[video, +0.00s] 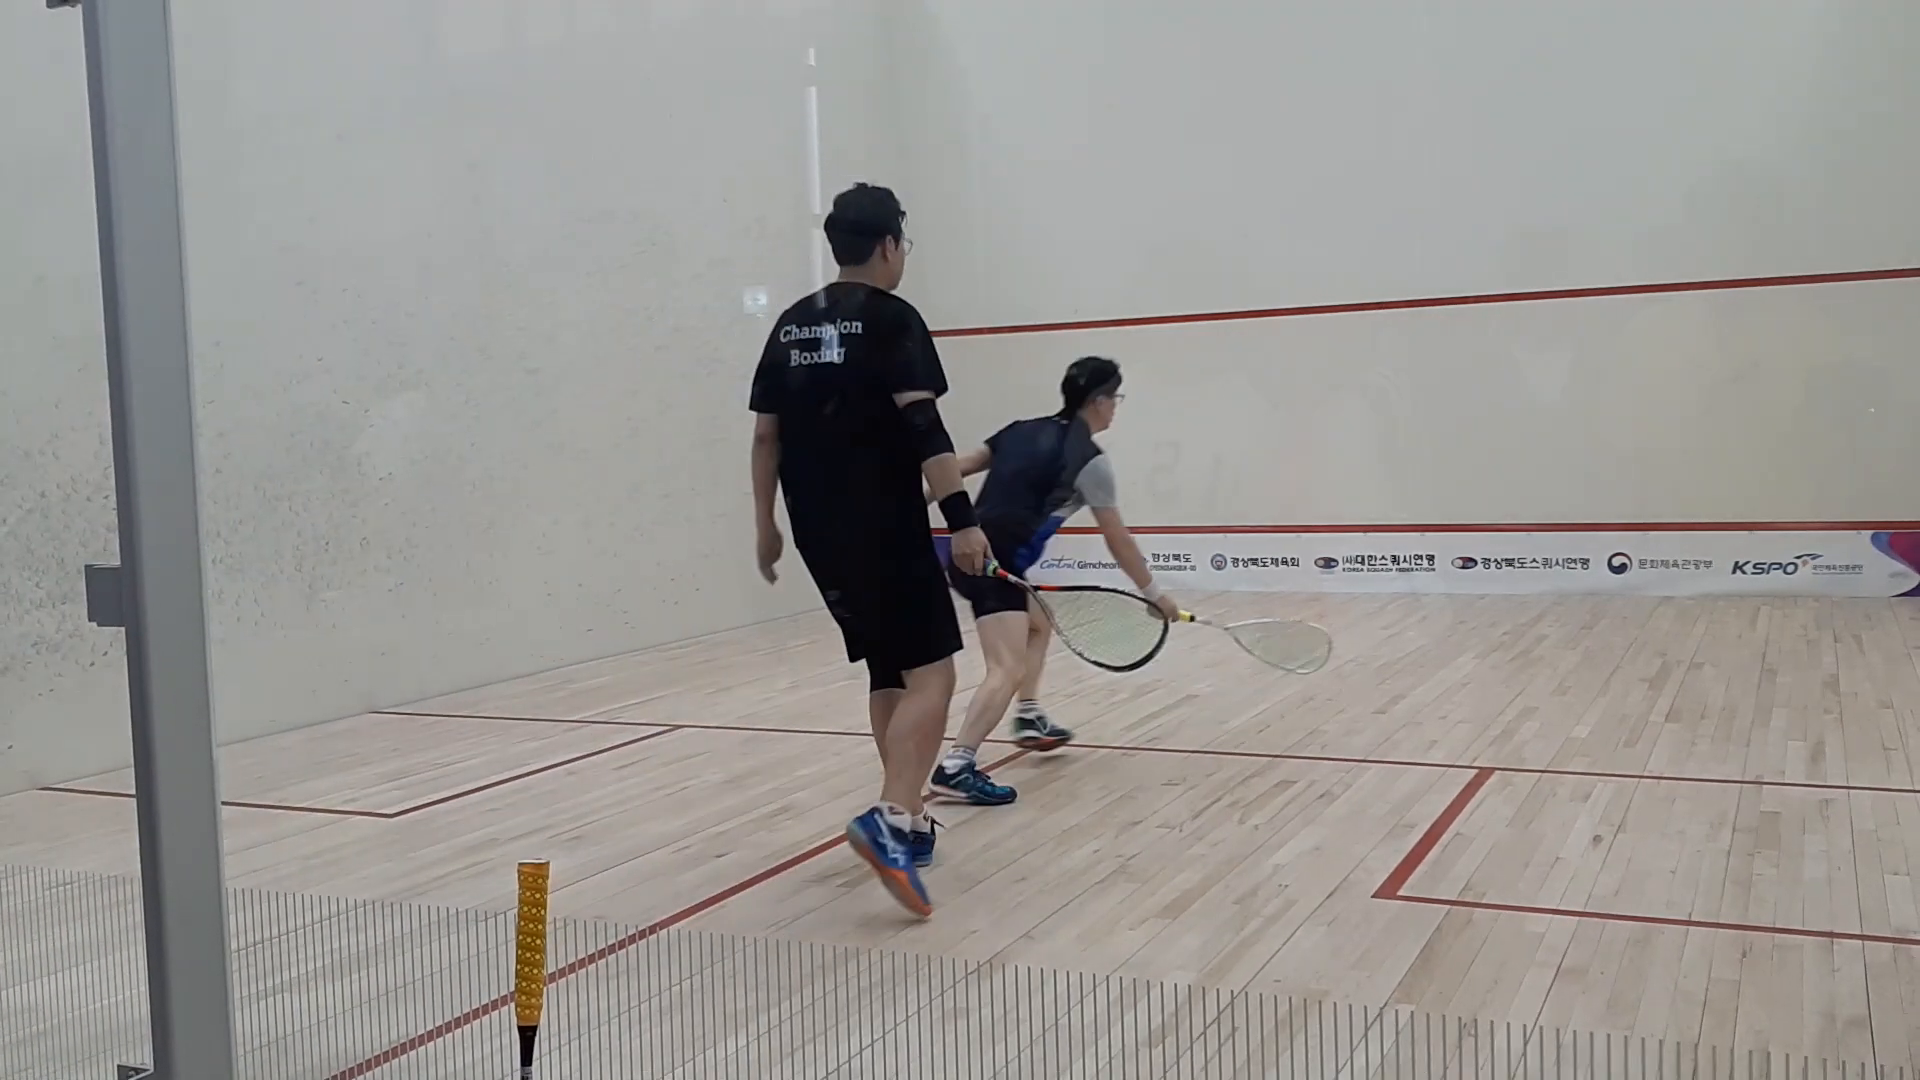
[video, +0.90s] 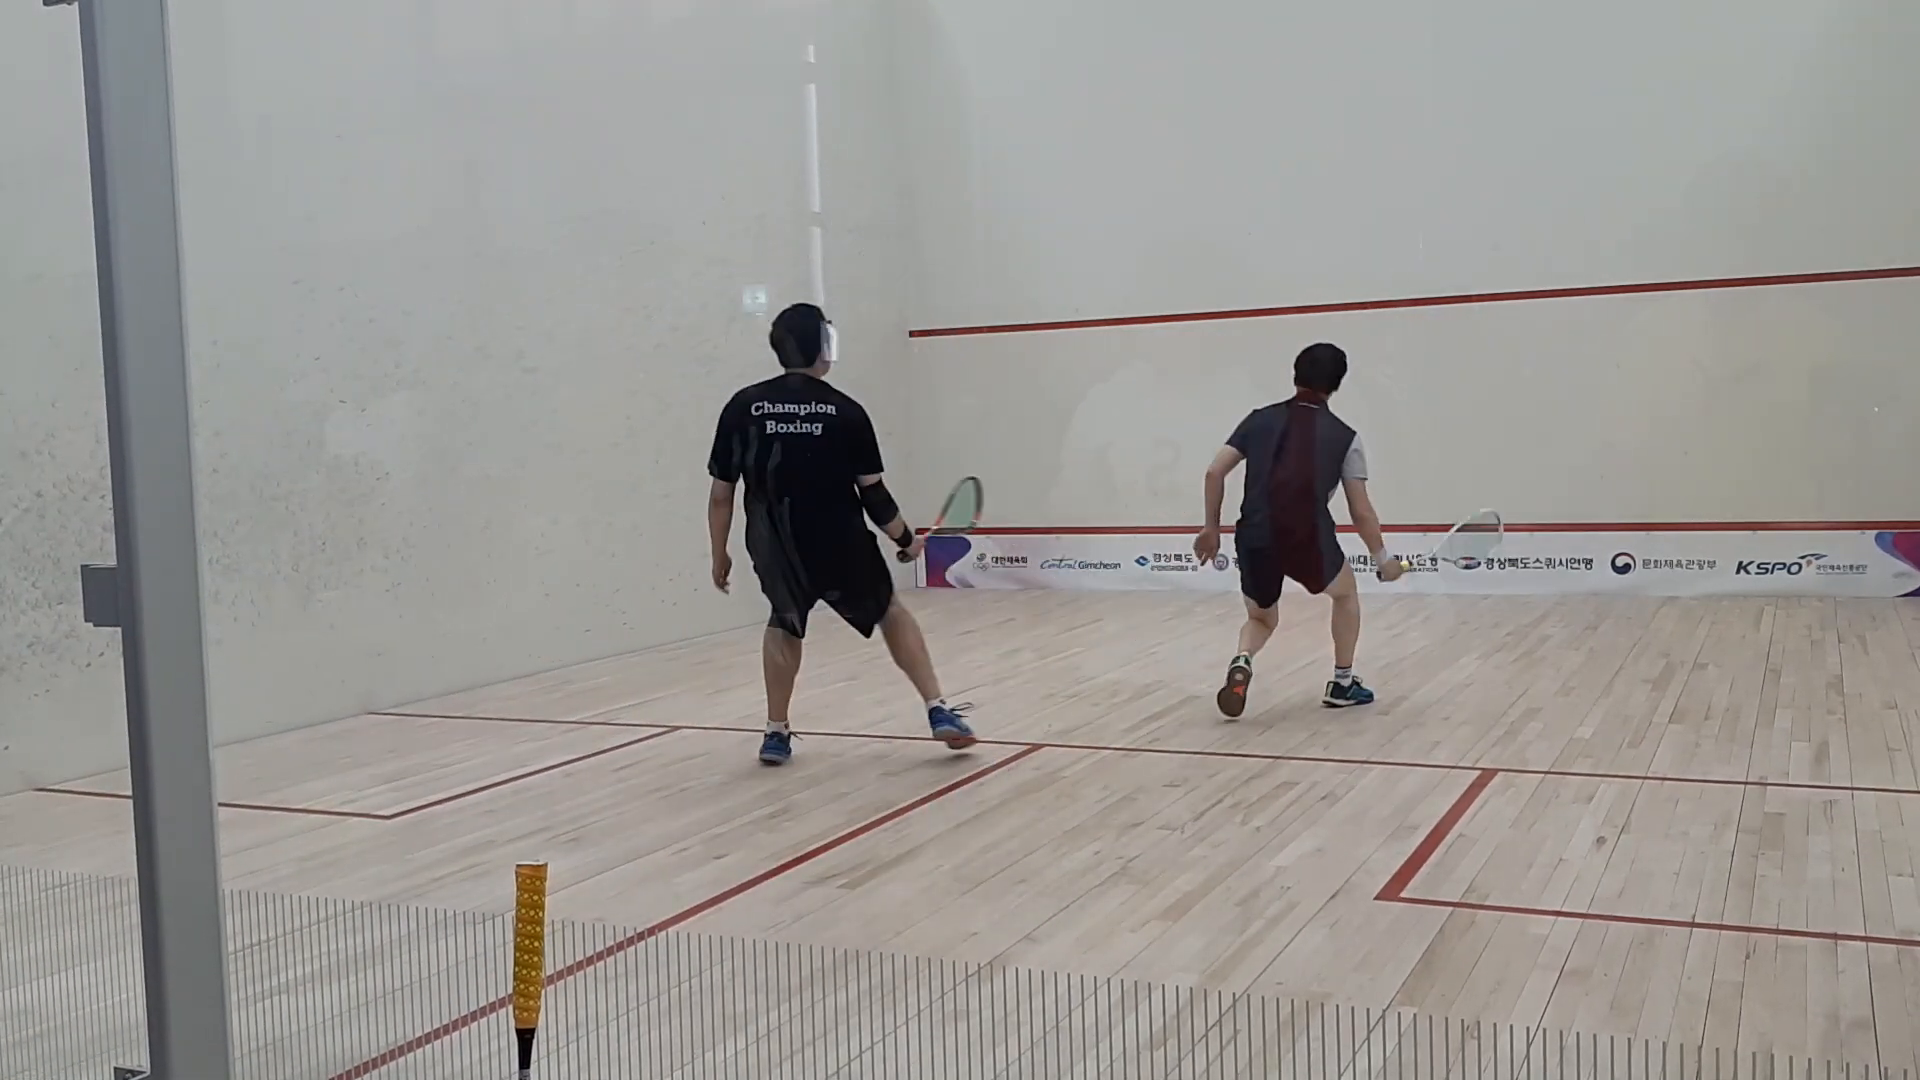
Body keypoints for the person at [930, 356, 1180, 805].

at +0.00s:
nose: (1115, 408)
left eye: (1116, 398)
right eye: (1113, 398)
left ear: (1071, 397)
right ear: (1094, 401)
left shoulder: (1022, 431)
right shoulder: (1090, 460)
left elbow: (958, 467)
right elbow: (1117, 539)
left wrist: (908, 491)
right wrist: (1153, 592)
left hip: (968, 551)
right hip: (997, 562)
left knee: (1039, 623)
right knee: (1008, 669)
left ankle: (1027, 714)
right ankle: (956, 765)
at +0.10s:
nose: (1165, 393)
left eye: (1166, 384)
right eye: (1164, 384)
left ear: (1121, 379)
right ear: (1149, 385)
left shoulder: (1071, 416)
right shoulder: (1141, 439)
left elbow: (1013, 458)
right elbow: (1162, 522)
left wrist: (970, 512)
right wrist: (1199, 576)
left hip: (1029, 544)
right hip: (1072, 550)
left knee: (1085, 639)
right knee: (1088, 658)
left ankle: (1123, 727)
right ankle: (1018, 702)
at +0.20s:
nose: (1215, 398)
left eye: (1216, 390)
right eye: (1215, 389)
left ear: (1170, 385)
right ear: (1201, 390)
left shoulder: (1121, 419)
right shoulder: (1191, 441)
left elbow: (1064, 467)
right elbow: (1205, 524)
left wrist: (1044, 530)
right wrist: (1238, 579)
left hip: (1081, 548)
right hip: (1130, 550)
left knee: (1132, 641)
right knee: (1187, 625)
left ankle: (1128, 722)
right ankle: (1140, 674)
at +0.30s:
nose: (1265, 400)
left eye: (1266, 393)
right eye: (1263, 392)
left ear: (1221, 387)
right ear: (1247, 391)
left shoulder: (1168, 415)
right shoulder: (1241, 441)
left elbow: (1109, 460)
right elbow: (1250, 525)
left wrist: (1105, 522)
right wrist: (1283, 582)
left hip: (1136, 543)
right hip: (1189, 542)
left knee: (1148, 642)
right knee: (1250, 592)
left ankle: (1135, 698)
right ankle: (1270, 686)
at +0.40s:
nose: (1308, 412)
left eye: (1310, 404)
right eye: (1307, 404)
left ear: (1265, 397)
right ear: (1292, 402)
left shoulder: (1212, 425)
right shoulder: (1291, 456)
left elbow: (1152, 462)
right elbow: (1310, 532)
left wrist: (1136, 520)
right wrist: (1342, 589)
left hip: (1189, 556)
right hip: (1245, 561)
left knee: (1177, 647)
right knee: (1300, 617)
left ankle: (1171, 690)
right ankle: (1329, 685)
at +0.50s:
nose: (1342, 437)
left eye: (1343, 429)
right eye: (1343, 428)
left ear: (1302, 419)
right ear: (1332, 427)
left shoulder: (1250, 446)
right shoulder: (1329, 475)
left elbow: (1194, 481)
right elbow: (1357, 545)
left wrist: (1166, 533)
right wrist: (1387, 583)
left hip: (1229, 571)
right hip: (1282, 573)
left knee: (1226, 662)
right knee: (1334, 594)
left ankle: (1212, 685)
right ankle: (1343, 683)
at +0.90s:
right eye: (1338, 379)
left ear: (1296, 376)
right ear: (1336, 385)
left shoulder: (1260, 419)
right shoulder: (1344, 436)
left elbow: (1215, 472)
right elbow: (1360, 511)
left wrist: (1210, 529)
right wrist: (1382, 559)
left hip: (1255, 539)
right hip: (1310, 540)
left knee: (1260, 619)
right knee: (1344, 594)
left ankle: (1241, 662)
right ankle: (1343, 681)